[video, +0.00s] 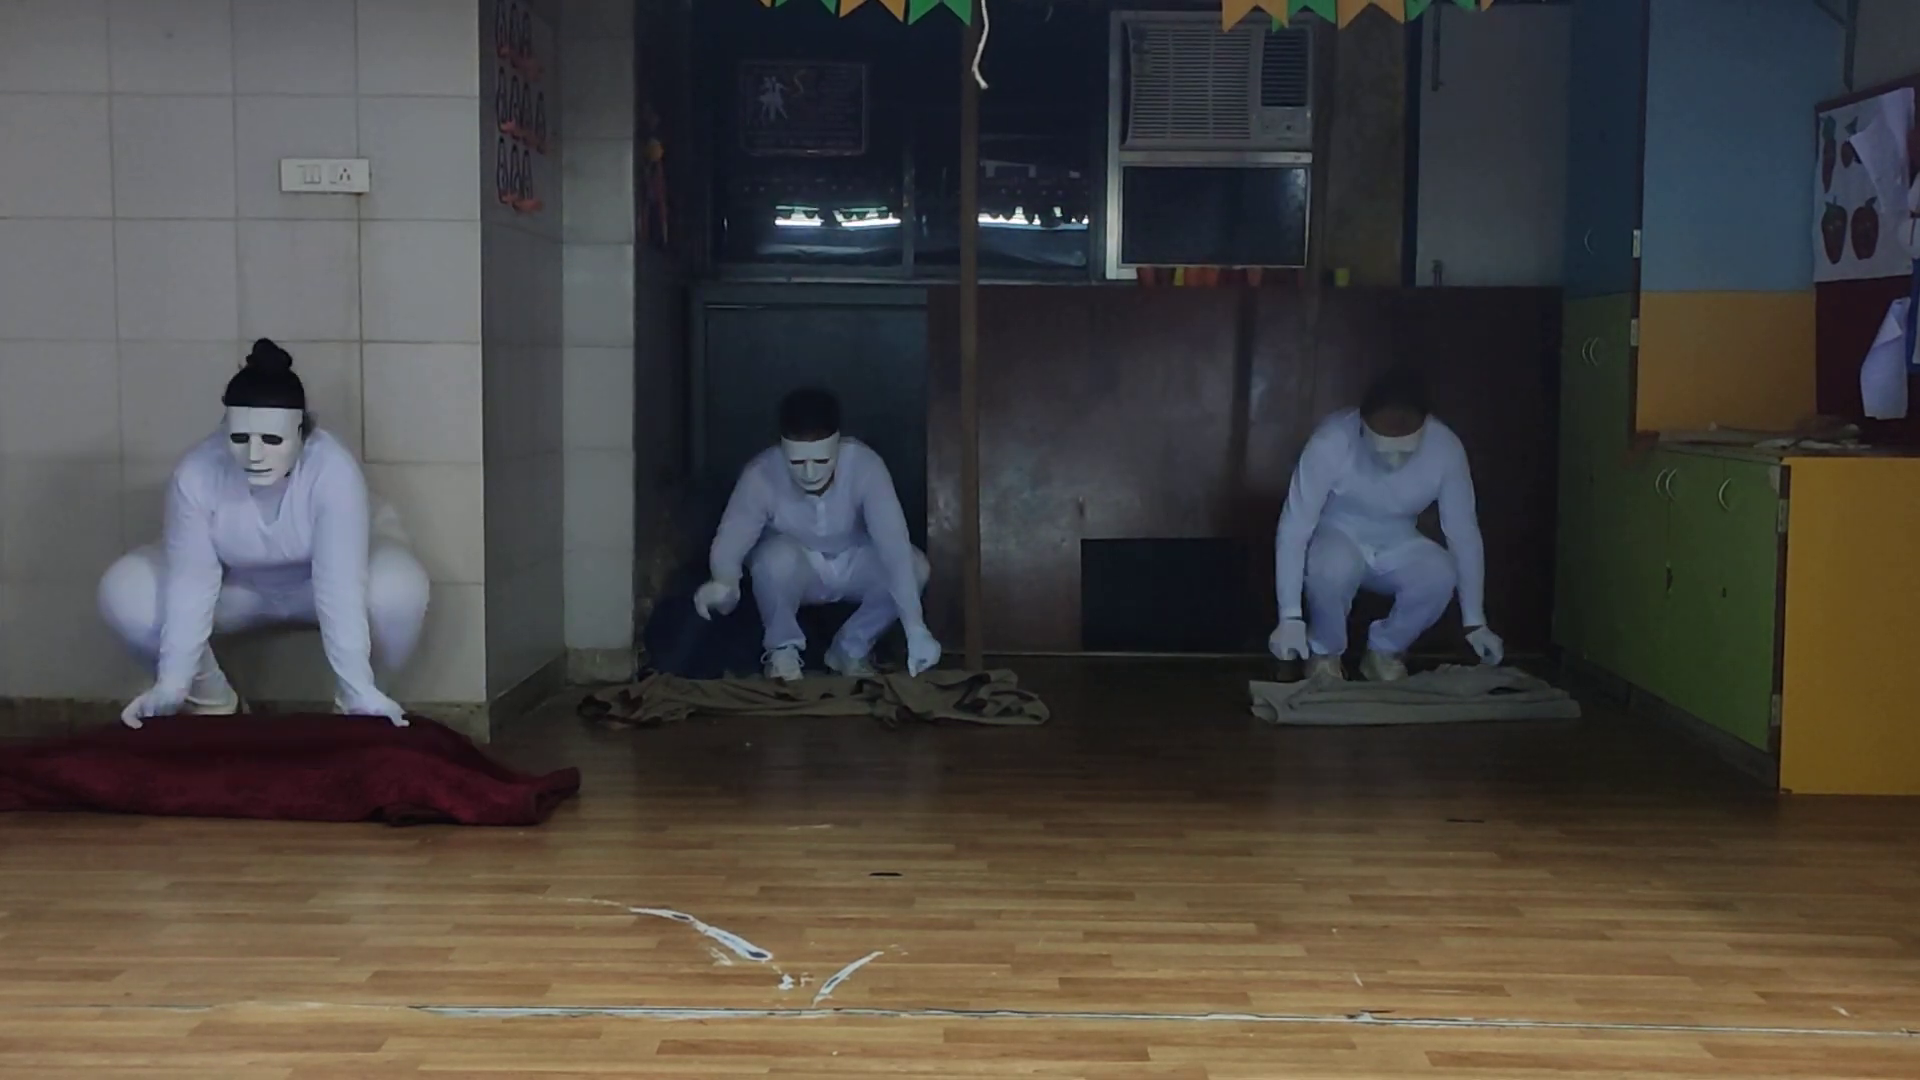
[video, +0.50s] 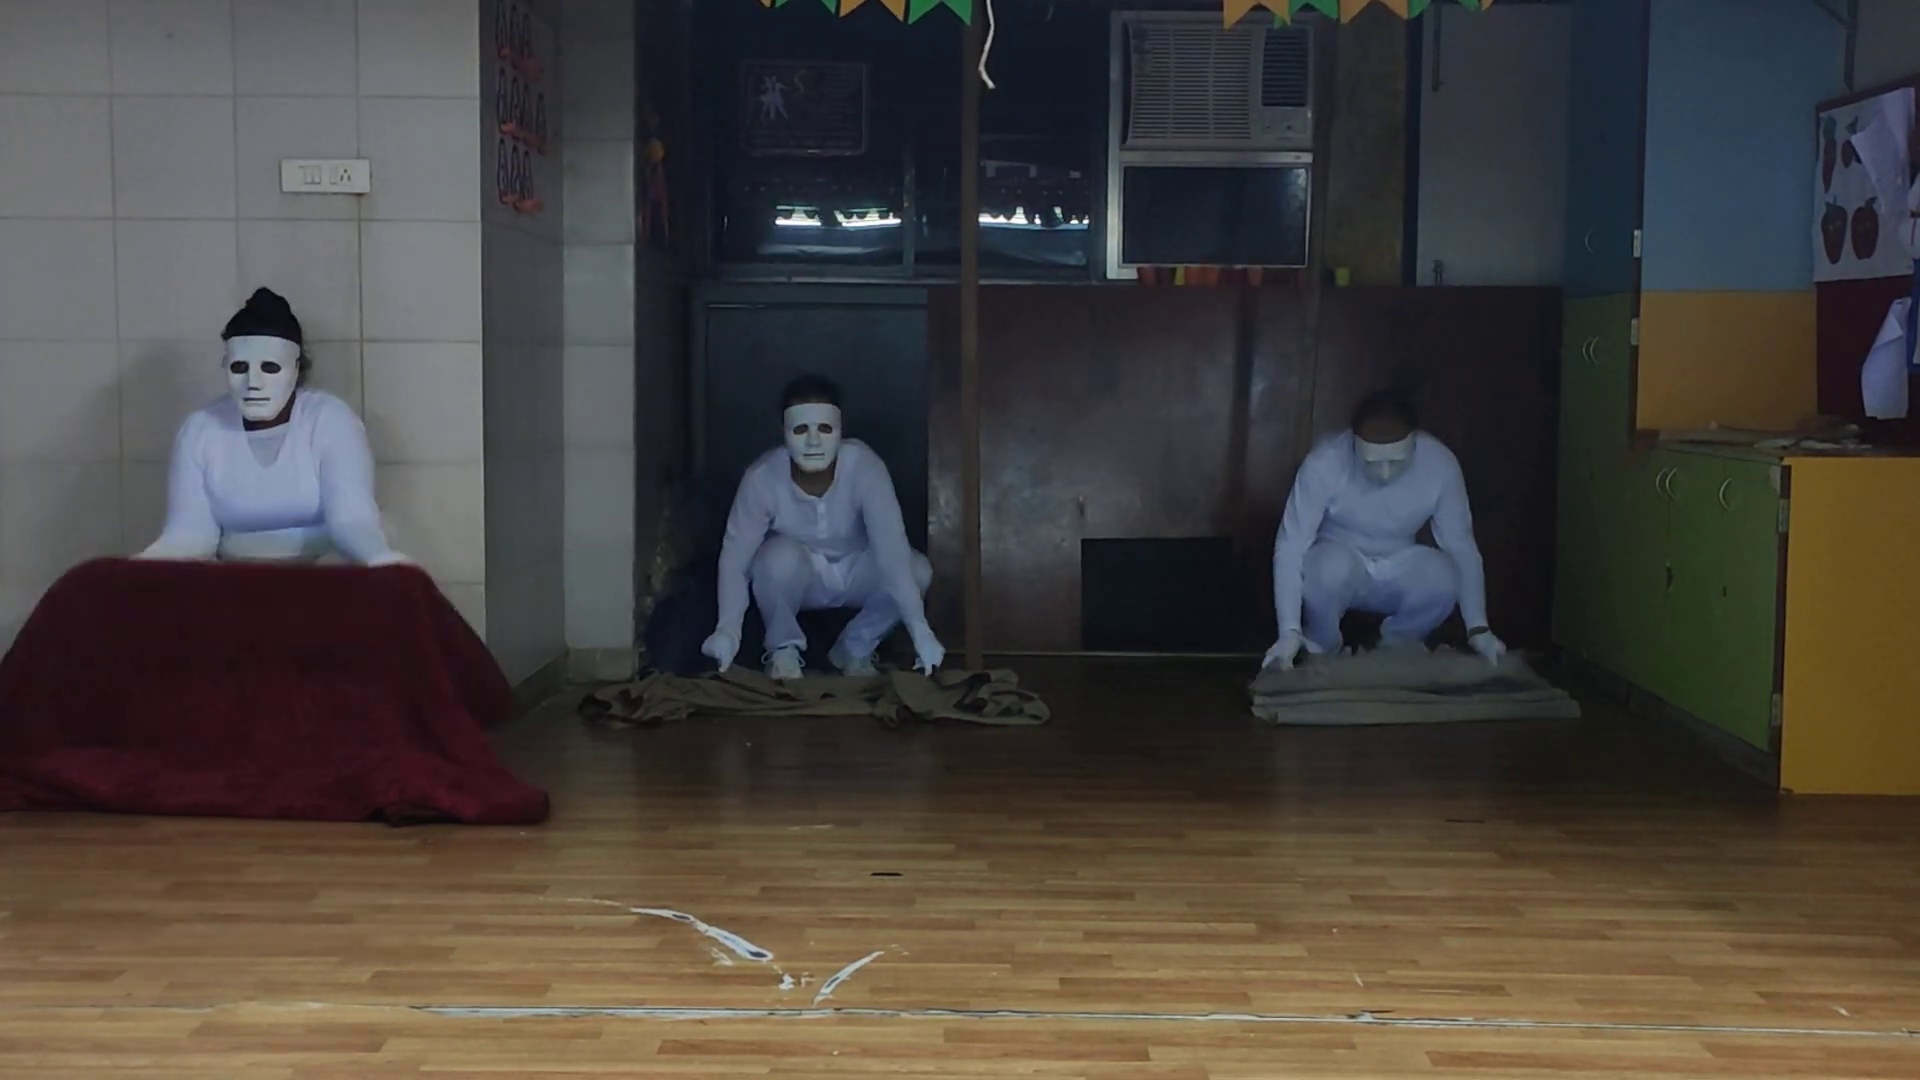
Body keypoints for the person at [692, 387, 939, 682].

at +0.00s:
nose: (810, 474)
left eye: (821, 461)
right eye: (798, 462)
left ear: (838, 446)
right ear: (782, 448)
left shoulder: (864, 467)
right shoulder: (762, 477)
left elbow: (895, 547)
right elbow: (730, 539)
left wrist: (915, 630)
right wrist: (725, 582)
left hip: (857, 571)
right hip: (798, 573)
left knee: (913, 567)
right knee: (775, 559)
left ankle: (850, 649)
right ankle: (782, 648)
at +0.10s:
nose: (809, 476)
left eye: (821, 464)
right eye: (797, 465)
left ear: (837, 448)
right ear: (782, 451)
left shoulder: (866, 469)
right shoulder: (760, 480)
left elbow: (891, 551)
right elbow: (733, 553)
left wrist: (910, 633)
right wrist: (733, 617)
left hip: (857, 572)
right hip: (798, 574)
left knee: (915, 568)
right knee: (778, 560)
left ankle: (850, 649)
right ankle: (782, 648)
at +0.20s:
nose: (809, 477)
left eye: (821, 464)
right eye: (797, 465)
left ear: (837, 447)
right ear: (782, 451)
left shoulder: (864, 471)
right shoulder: (760, 483)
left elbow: (886, 558)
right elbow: (734, 561)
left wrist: (906, 639)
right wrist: (731, 640)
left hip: (856, 574)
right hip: (799, 576)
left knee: (914, 568)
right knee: (779, 560)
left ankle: (851, 649)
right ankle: (783, 648)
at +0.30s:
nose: (810, 469)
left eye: (821, 456)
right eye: (797, 457)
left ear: (837, 445)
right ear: (783, 449)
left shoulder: (864, 473)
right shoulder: (760, 483)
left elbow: (886, 557)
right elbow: (735, 563)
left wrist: (905, 639)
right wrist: (730, 646)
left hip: (855, 576)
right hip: (798, 577)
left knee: (915, 568)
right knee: (779, 558)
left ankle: (852, 649)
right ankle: (783, 647)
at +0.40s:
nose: (812, 452)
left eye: (824, 440)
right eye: (799, 441)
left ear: (839, 438)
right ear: (784, 441)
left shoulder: (864, 472)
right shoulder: (761, 483)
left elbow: (887, 557)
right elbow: (734, 562)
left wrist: (911, 637)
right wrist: (730, 637)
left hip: (857, 575)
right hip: (798, 577)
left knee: (916, 569)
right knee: (779, 558)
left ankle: (853, 648)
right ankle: (783, 647)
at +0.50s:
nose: (813, 440)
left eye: (825, 429)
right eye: (800, 430)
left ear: (840, 432)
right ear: (784, 434)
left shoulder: (865, 468)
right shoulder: (762, 481)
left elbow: (892, 551)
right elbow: (733, 560)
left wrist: (920, 630)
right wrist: (728, 631)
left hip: (860, 575)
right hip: (799, 576)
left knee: (916, 569)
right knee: (779, 557)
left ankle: (854, 649)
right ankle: (783, 647)